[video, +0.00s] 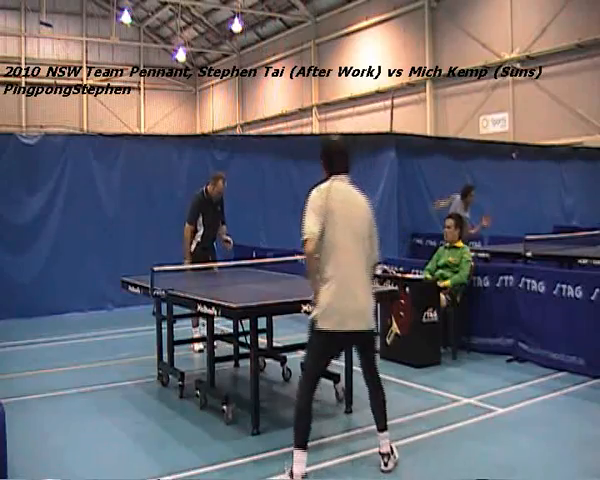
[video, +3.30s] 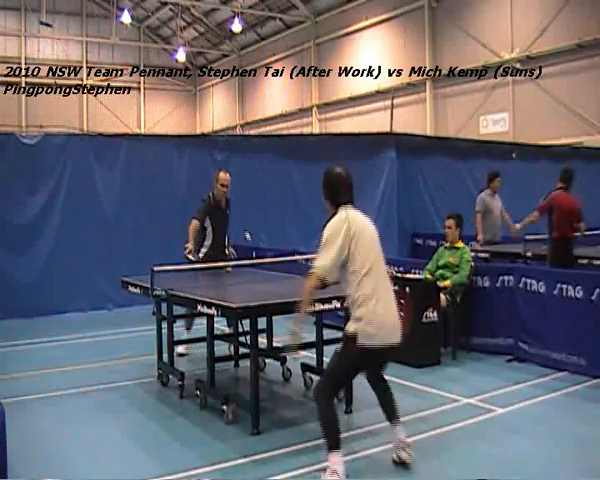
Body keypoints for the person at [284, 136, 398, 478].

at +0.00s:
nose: (322, 169)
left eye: (322, 164)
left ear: (324, 166)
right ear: (348, 166)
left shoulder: (320, 194)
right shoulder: (363, 200)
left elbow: (311, 245)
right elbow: (373, 255)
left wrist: (316, 284)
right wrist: (353, 281)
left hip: (331, 309)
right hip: (363, 308)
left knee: (308, 385)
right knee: (372, 374)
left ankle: (299, 463)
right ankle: (386, 445)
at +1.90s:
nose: (302, 195)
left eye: (302, 190)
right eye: (309, 188)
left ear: (305, 192)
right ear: (329, 191)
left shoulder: (309, 221)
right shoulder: (345, 219)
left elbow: (294, 280)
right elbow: (350, 268)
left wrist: (290, 323)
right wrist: (325, 308)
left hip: (335, 325)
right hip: (366, 322)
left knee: (298, 388)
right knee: (358, 373)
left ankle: (301, 468)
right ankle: (379, 443)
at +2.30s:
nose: (315, 232)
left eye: (315, 228)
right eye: (317, 228)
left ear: (318, 229)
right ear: (342, 228)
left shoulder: (331, 248)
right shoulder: (350, 255)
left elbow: (311, 279)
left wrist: (286, 316)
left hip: (350, 357)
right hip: (376, 356)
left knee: (297, 393)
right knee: (352, 385)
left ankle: (302, 470)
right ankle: (374, 448)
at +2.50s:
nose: (318, 213)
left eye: (319, 208)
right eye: (321, 207)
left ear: (323, 211)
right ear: (345, 208)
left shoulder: (337, 230)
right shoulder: (356, 232)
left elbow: (348, 256)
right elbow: (347, 262)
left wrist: (359, 282)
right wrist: (324, 261)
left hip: (361, 332)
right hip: (384, 333)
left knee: (316, 389)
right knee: (358, 379)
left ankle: (302, 468)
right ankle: (375, 449)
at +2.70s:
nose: (326, 192)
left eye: (327, 187)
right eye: (328, 187)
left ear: (332, 187)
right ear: (354, 184)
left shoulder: (344, 206)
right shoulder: (365, 210)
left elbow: (356, 237)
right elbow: (370, 266)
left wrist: (353, 289)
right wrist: (336, 274)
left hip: (367, 316)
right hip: (387, 314)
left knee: (336, 384)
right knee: (364, 373)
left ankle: (346, 459)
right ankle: (376, 446)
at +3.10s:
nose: (336, 188)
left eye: (336, 182)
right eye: (341, 180)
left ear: (339, 185)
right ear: (363, 183)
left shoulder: (348, 214)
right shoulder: (379, 215)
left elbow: (332, 264)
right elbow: (384, 267)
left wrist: (317, 322)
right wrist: (358, 308)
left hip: (371, 322)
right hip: (399, 320)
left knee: (340, 393)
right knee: (384, 379)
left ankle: (369, 466)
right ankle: (407, 450)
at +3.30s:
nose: (324, 199)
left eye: (324, 194)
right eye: (328, 192)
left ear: (327, 195)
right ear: (351, 192)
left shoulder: (340, 222)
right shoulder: (365, 222)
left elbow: (318, 275)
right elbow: (351, 273)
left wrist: (299, 321)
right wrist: (319, 283)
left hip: (365, 332)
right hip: (391, 330)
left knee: (323, 392)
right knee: (375, 375)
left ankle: (335, 465)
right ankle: (400, 440)